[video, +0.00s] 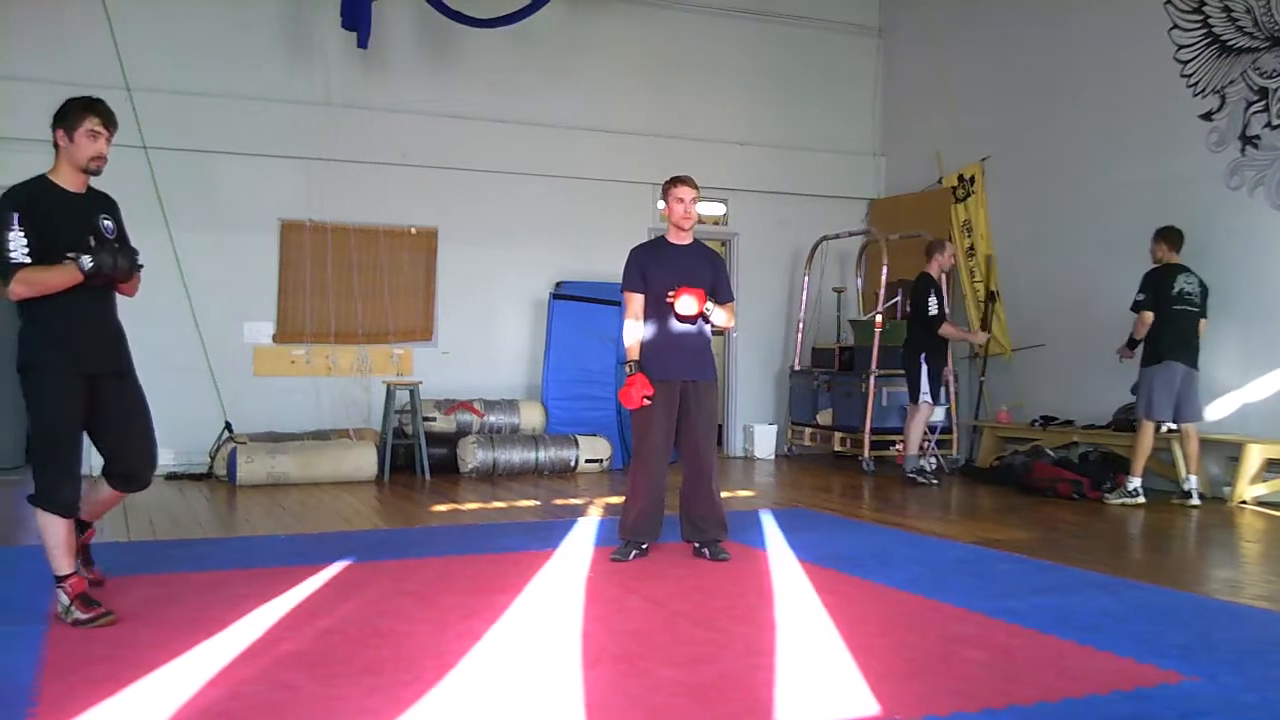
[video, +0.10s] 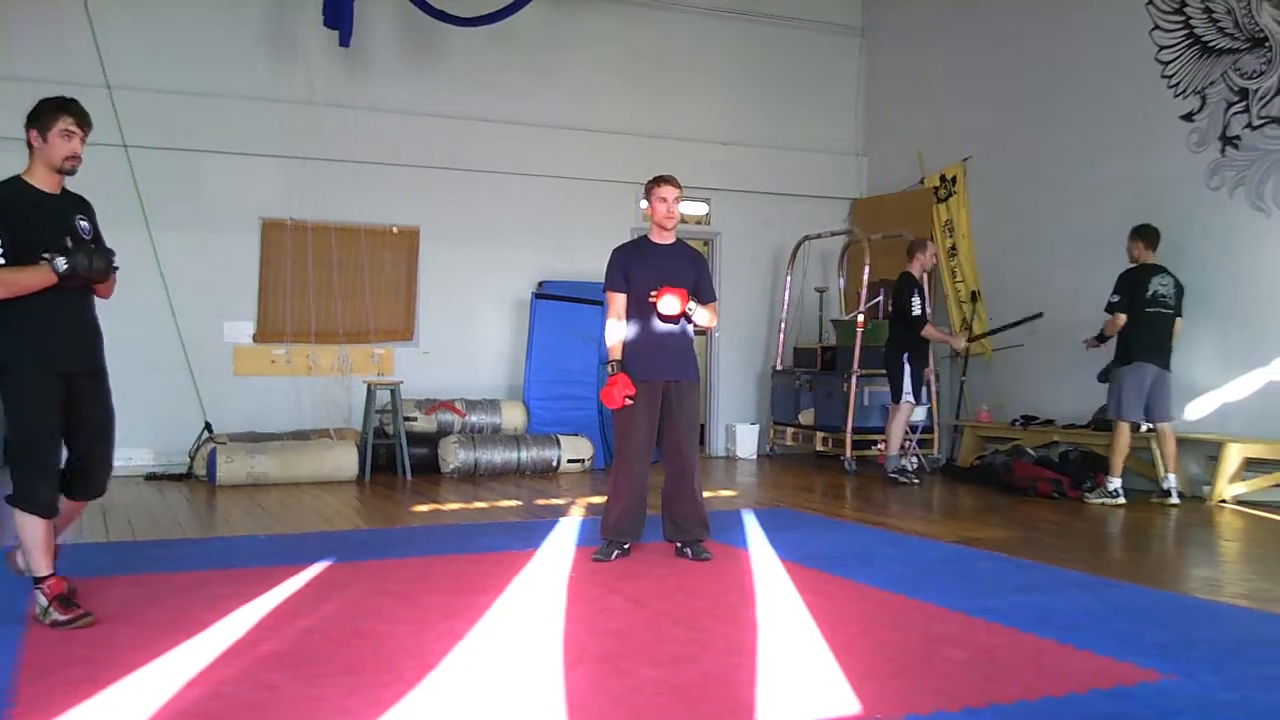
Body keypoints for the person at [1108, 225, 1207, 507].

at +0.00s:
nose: (1151, 250)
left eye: (1153, 245)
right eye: (1152, 245)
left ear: (1163, 247)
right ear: (1178, 248)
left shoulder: (1154, 276)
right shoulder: (1199, 281)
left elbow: (1145, 319)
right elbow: (1200, 326)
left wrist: (1130, 346)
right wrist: (1184, 348)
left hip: (1160, 357)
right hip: (1189, 359)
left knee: (1147, 421)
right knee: (1188, 425)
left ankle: (1133, 486)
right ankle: (1191, 488)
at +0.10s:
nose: (1127, 249)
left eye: (1129, 244)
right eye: (1128, 244)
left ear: (1140, 245)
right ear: (1153, 247)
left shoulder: (1130, 276)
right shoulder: (1174, 282)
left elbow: (1118, 320)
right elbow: (1175, 327)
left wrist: (1101, 337)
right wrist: (1159, 348)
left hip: (1133, 357)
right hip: (1162, 360)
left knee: (1123, 422)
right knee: (1163, 424)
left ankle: (1113, 486)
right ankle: (1170, 486)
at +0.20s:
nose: (1109, 248)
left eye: (1111, 243)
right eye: (1110, 243)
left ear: (1121, 244)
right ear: (1135, 245)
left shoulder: (1110, 276)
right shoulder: (1155, 281)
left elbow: (1094, 320)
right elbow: (1155, 326)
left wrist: (1073, 328)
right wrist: (1139, 348)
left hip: (1113, 357)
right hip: (1140, 360)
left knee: (1106, 422)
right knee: (1144, 423)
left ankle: (1099, 486)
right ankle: (1156, 486)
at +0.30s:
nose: (1086, 247)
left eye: (1088, 242)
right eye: (1086, 242)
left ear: (1098, 243)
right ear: (1111, 243)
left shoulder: (1086, 274)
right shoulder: (1132, 279)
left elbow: (1062, 315)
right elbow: (1131, 322)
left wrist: (1043, 315)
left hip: (1090, 355)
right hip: (1117, 359)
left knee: (1087, 420)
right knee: (1122, 418)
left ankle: (1083, 484)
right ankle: (1138, 481)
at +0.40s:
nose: (1081, 245)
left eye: (1083, 240)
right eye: (1081, 239)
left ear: (1094, 240)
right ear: (1107, 241)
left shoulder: (1081, 273)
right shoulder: (1128, 277)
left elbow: (1058, 309)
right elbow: (1128, 320)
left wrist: (1039, 302)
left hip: (1086, 354)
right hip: (1113, 356)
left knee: (1088, 419)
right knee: (1120, 416)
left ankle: (1087, 483)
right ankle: (1141, 476)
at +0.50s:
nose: (1084, 246)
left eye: (1086, 241)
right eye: (1085, 241)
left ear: (1095, 241)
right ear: (1110, 241)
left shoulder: (1083, 274)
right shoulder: (1130, 277)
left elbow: (1059, 309)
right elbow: (1131, 319)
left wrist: (1040, 299)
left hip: (1089, 354)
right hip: (1116, 356)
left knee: (1093, 420)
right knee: (1121, 417)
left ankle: (1094, 484)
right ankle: (1141, 477)